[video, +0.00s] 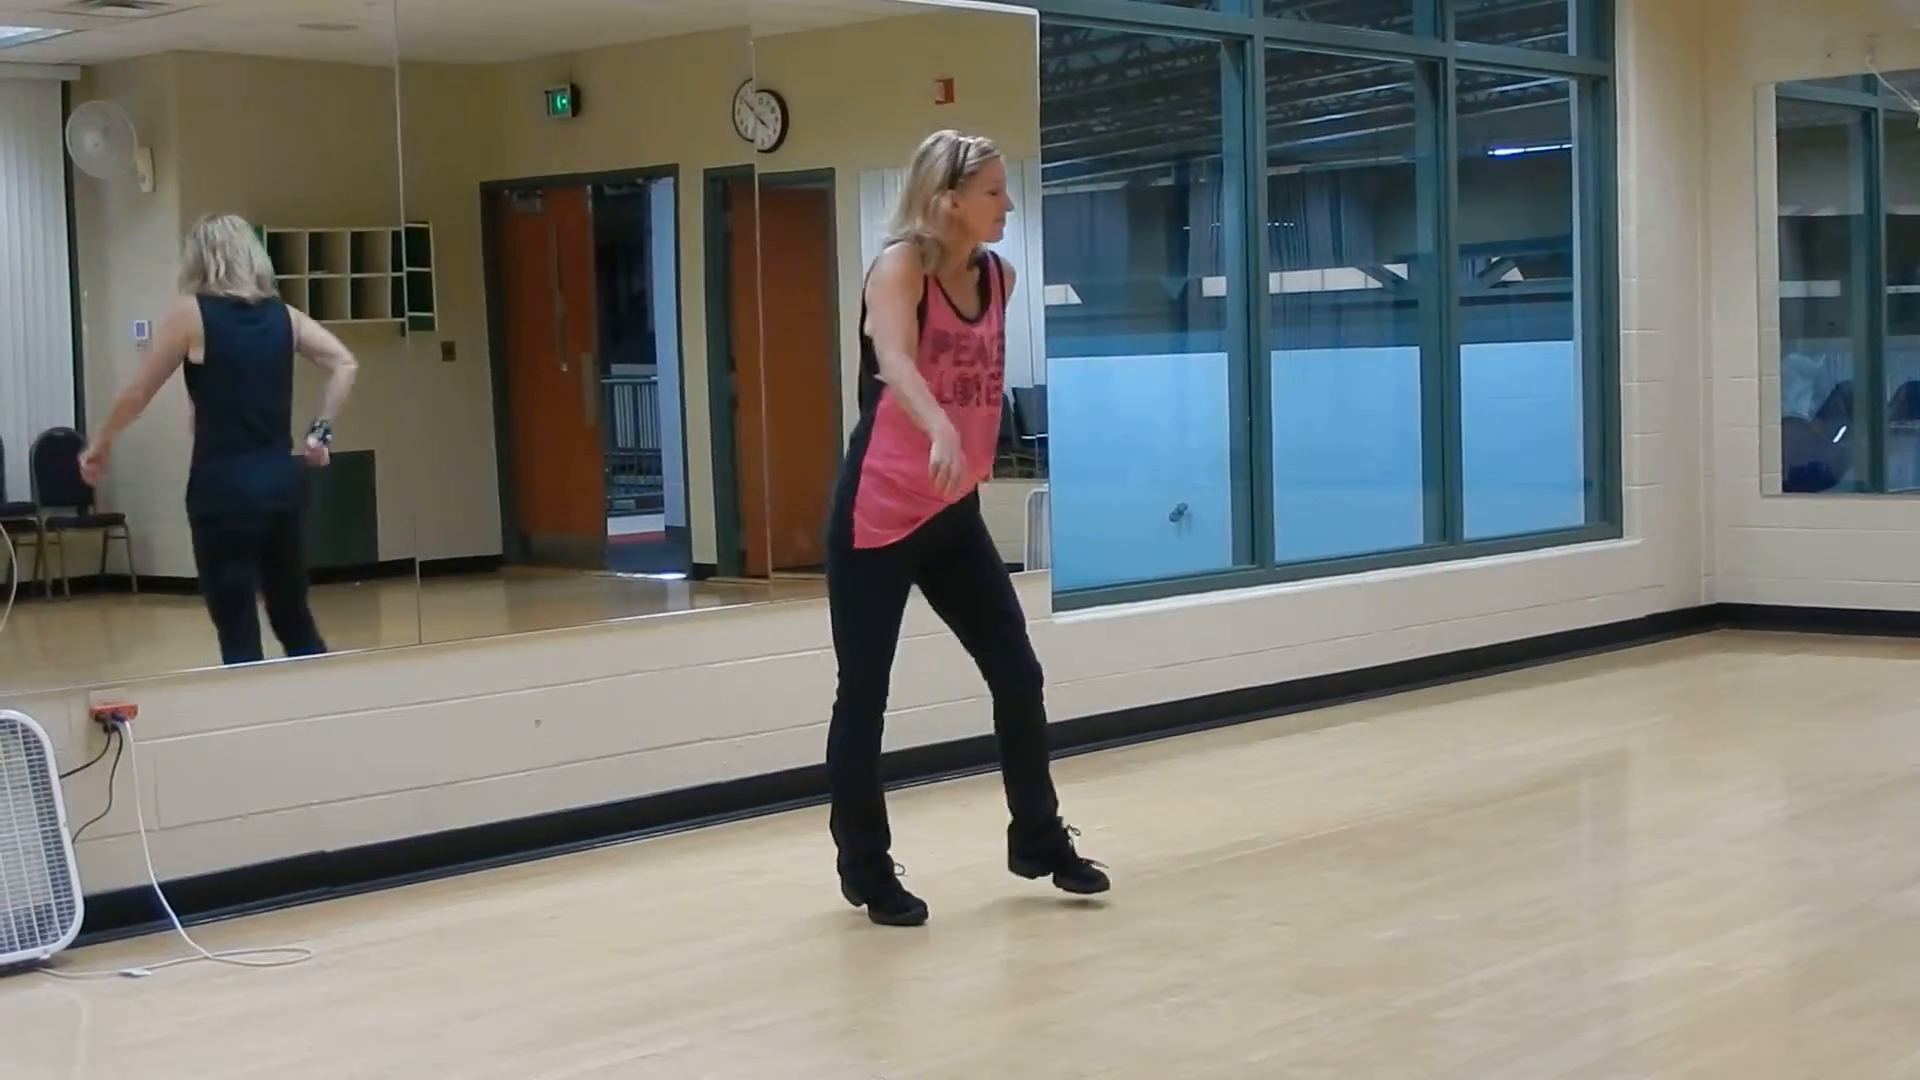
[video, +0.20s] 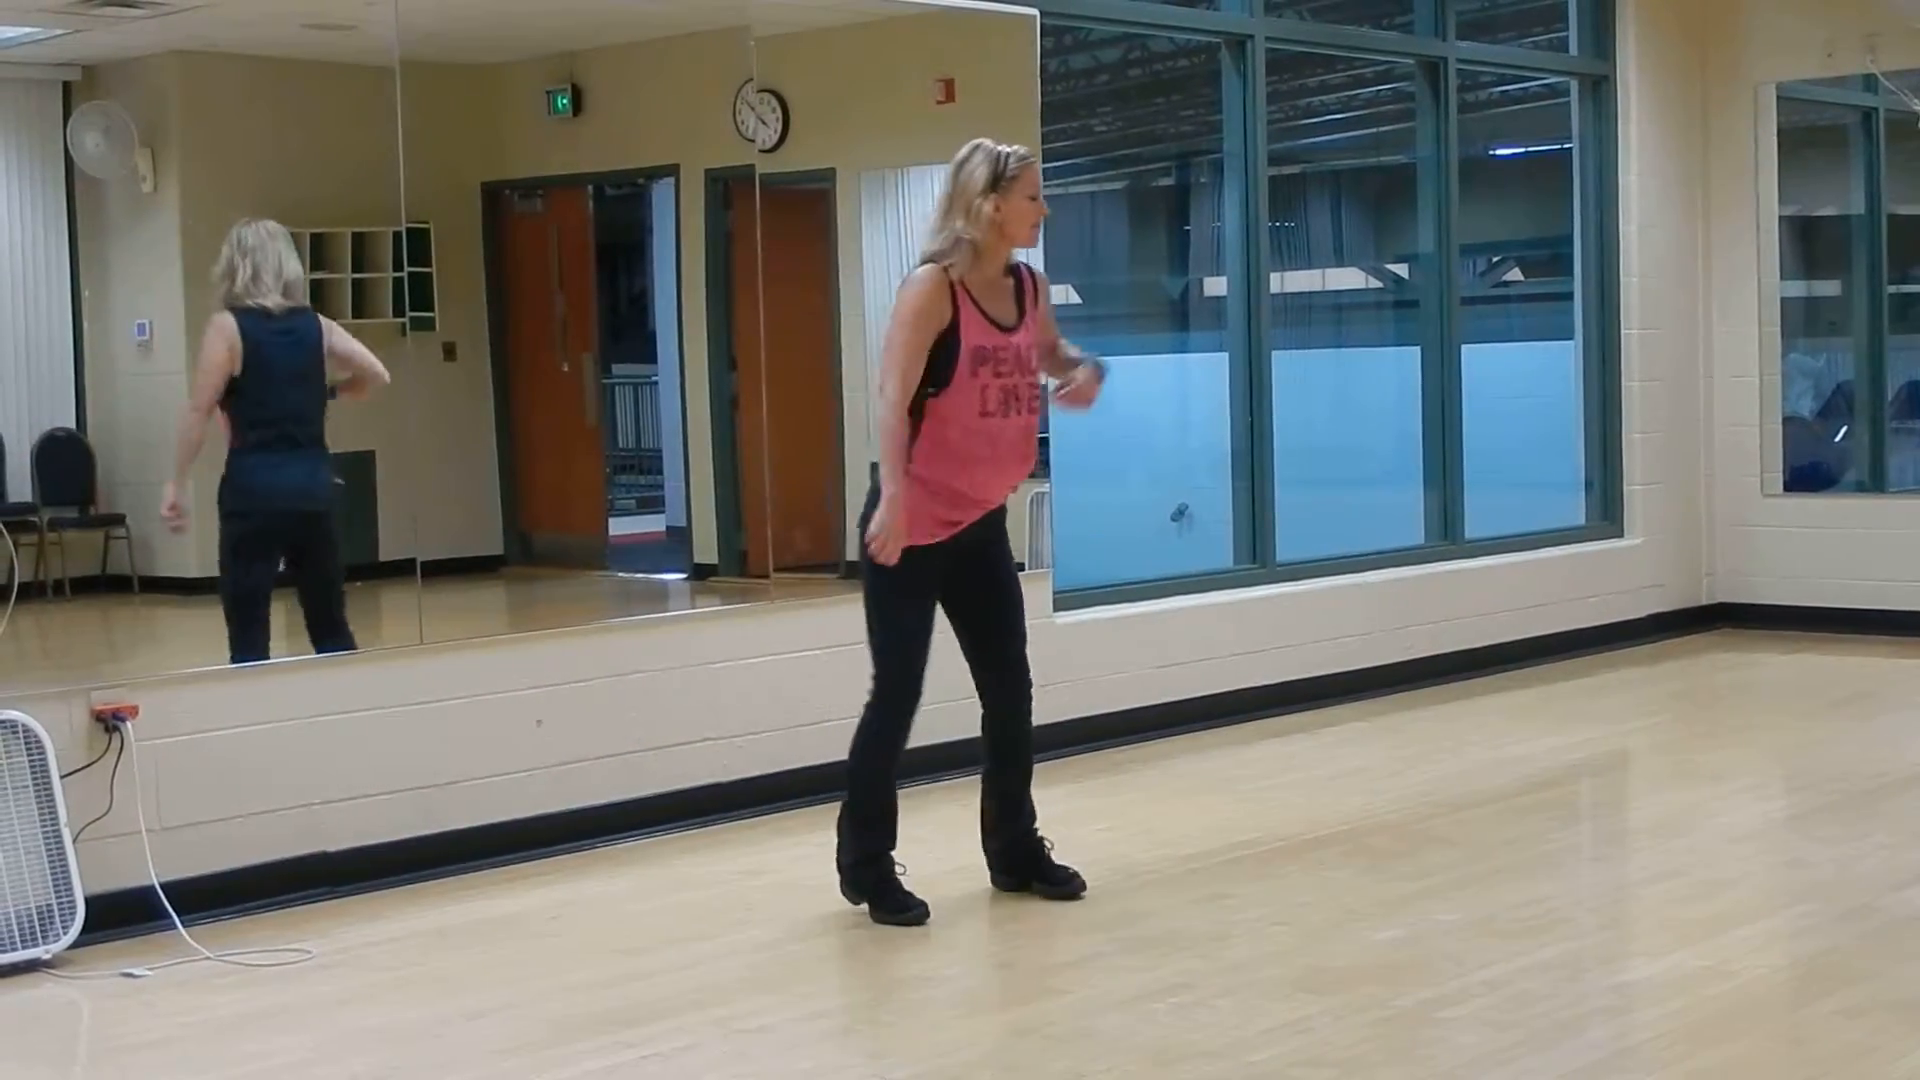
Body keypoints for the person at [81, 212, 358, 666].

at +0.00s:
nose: (189, 263)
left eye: (192, 255)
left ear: (198, 259)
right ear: (253, 258)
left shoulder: (191, 313)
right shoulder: (282, 314)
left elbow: (140, 391)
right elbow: (343, 362)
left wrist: (101, 442)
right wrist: (322, 429)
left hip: (221, 489)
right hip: (282, 482)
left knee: (237, 632)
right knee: (292, 617)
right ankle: (339, 717)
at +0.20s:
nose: (225, 269)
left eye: (229, 260)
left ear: (234, 267)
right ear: (290, 265)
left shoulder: (226, 326)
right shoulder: (315, 325)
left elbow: (201, 407)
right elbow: (374, 375)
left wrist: (178, 480)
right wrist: (327, 395)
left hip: (252, 494)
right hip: (311, 490)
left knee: (248, 635)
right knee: (329, 623)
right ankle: (362, 727)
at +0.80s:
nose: (257, 285)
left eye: (262, 277)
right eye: (258, 277)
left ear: (274, 279)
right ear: (319, 279)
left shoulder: (271, 322)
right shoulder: (336, 330)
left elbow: (268, 402)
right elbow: (334, 417)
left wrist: (256, 478)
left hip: (303, 502)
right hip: (350, 500)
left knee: (228, 618)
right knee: (338, 631)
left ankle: (280, 717)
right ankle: (363, 723)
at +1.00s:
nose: (212, 282)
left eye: (216, 273)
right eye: (212, 273)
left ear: (230, 271)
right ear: (274, 266)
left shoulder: (230, 311)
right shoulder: (305, 313)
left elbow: (214, 387)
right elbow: (320, 391)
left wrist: (198, 457)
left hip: (279, 488)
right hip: (337, 484)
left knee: (218, 620)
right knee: (347, 621)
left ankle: (199, 731)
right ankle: (384, 725)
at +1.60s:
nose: (101, 298)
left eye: (105, 289)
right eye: (102, 288)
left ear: (118, 295)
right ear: (166, 286)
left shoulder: (110, 358)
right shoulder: (211, 343)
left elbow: (71, 447)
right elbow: (245, 412)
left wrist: (33, 519)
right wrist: (189, 415)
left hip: (140, 523)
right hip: (202, 521)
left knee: (126, 649)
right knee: (142, 639)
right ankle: (197, 718)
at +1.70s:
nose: (94, 293)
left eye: (98, 284)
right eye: (96, 284)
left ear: (110, 290)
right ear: (159, 281)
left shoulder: (102, 355)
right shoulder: (200, 340)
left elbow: (79, 443)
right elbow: (220, 419)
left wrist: (57, 521)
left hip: (130, 522)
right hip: (192, 520)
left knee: (124, 656)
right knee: (143, 647)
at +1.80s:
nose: (85, 277)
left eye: (88, 268)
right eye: (89, 267)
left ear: (97, 276)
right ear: (150, 270)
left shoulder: (92, 337)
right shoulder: (182, 326)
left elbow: (90, 425)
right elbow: (199, 410)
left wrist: (85, 505)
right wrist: (192, 481)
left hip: (130, 511)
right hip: (192, 505)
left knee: (105, 648)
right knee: (164, 640)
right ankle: (209, 737)